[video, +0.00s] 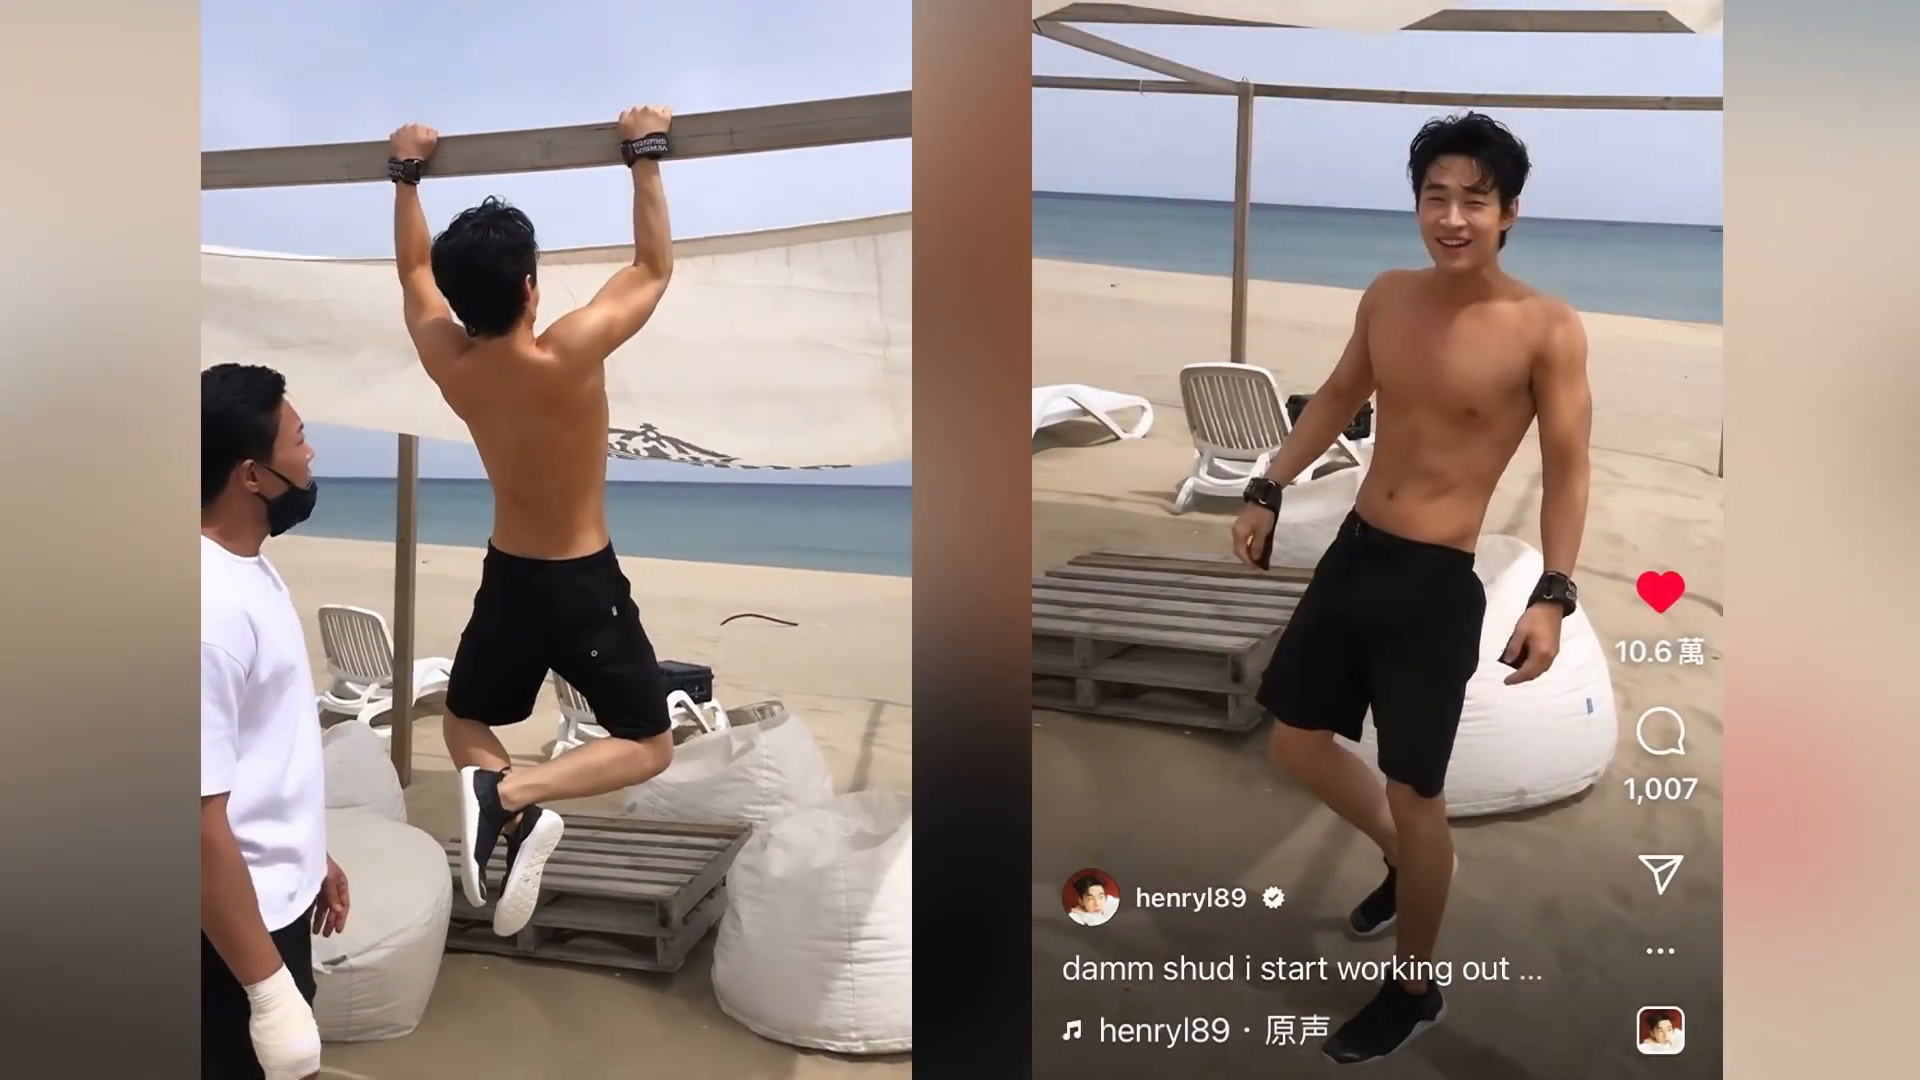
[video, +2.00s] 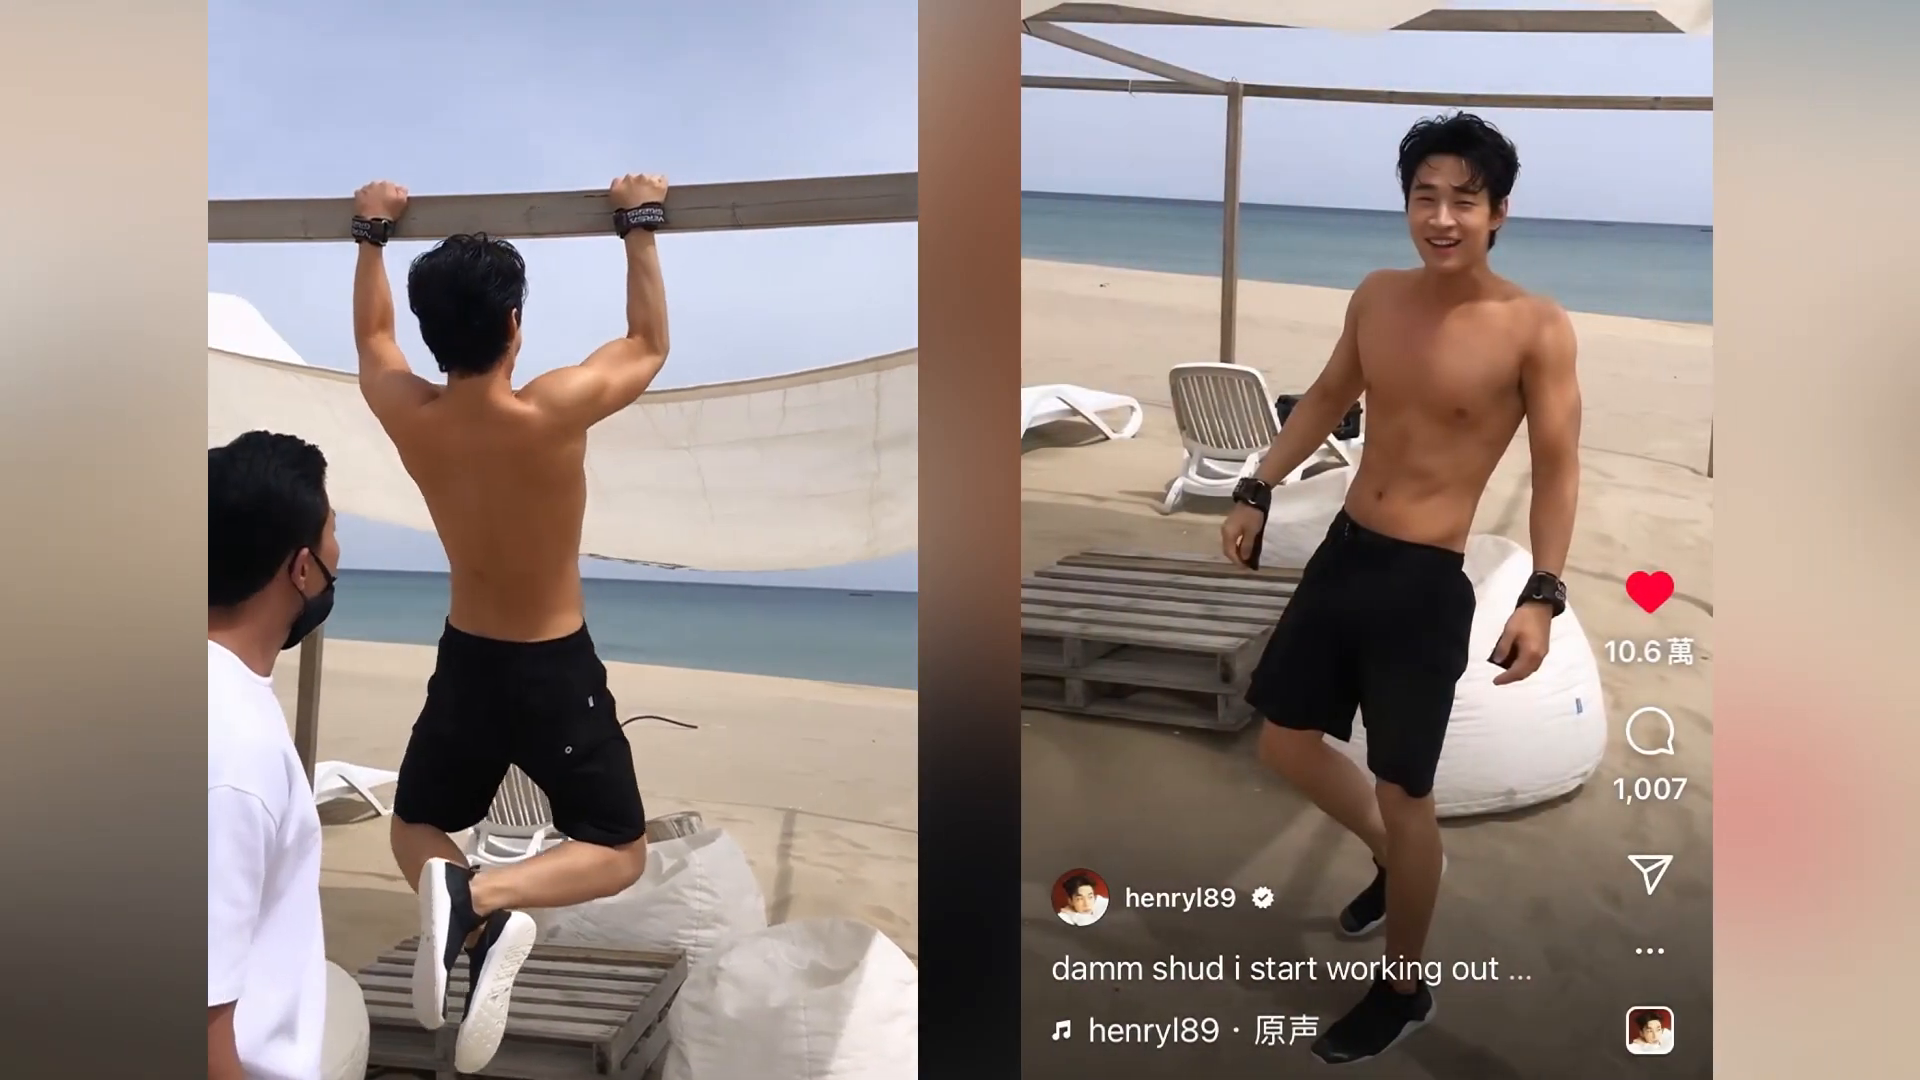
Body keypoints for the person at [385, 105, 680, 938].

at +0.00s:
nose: (541, 272)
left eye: (527, 265)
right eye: (535, 265)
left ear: (461, 297)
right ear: (528, 285)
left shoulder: (454, 364)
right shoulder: (574, 346)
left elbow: (417, 275)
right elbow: (651, 268)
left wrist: (404, 175)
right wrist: (645, 157)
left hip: (508, 583)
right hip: (588, 583)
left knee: (463, 719)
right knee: (647, 745)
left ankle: (521, 817)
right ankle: (509, 791)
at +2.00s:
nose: (524, 319)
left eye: (514, 306)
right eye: (521, 307)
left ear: (430, 331)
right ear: (512, 325)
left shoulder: (411, 414)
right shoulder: (559, 408)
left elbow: (376, 336)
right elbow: (648, 342)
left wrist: (370, 235)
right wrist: (641, 226)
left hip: (468, 670)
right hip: (558, 673)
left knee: (417, 830)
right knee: (620, 853)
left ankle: (487, 924)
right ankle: (472, 892)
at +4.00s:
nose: (595, 281)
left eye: (588, 269)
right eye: (594, 269)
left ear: (501, 292)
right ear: (583, 287)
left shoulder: (479, 376)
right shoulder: (626, 371)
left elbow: (451, 292)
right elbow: (720, 302)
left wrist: (446, 190)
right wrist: (719, 181)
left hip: (526, 639)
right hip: (618, 648)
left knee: (467, 802)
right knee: (672, 841)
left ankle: (525, 916)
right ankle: (515, 872)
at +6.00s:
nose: (502, 180)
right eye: (498, 168)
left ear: (404, 188)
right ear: (491, 174)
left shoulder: (380, 270)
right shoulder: (540, 239)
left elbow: (358, 217)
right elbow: (677, 201)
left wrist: (385, 123)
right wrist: (668, 86)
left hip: (462, 541)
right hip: (568, 531)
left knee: (420, 703)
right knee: (641, 664)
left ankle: (392, 875)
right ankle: (703, 836)